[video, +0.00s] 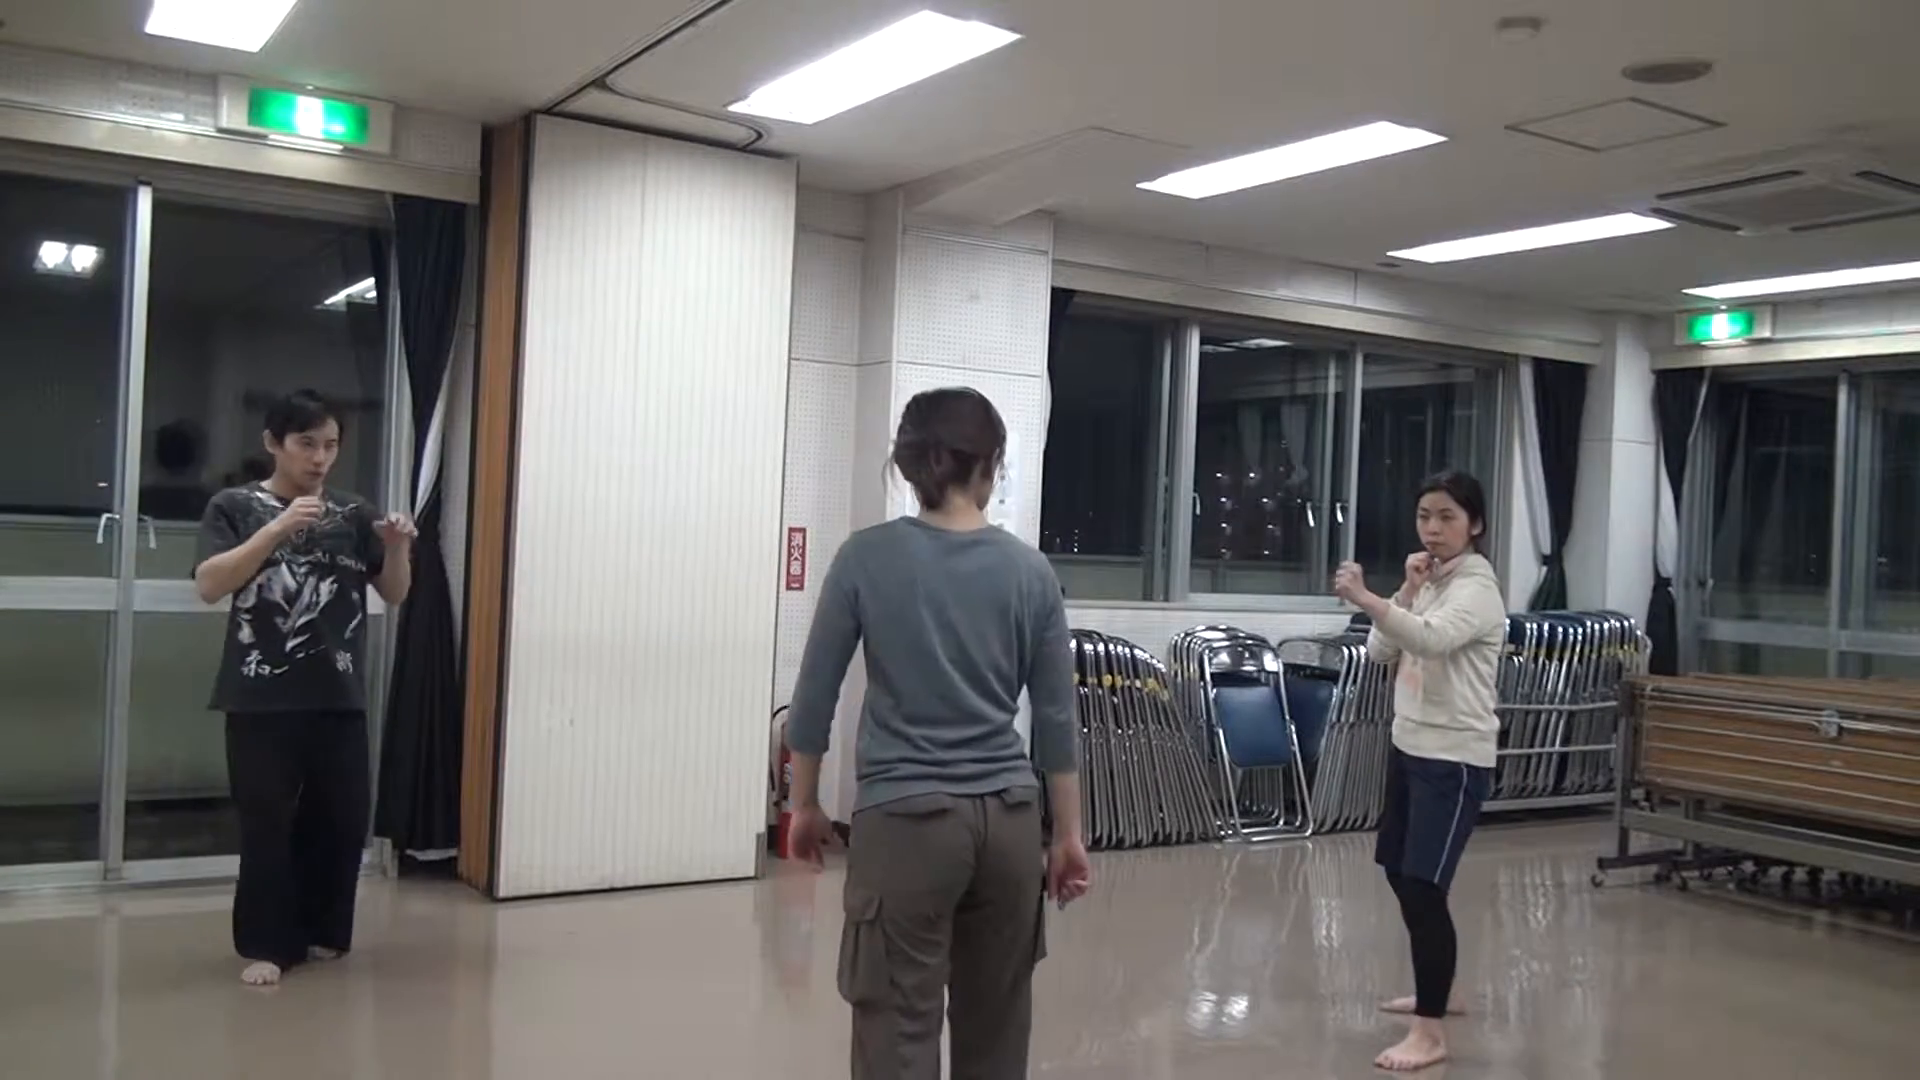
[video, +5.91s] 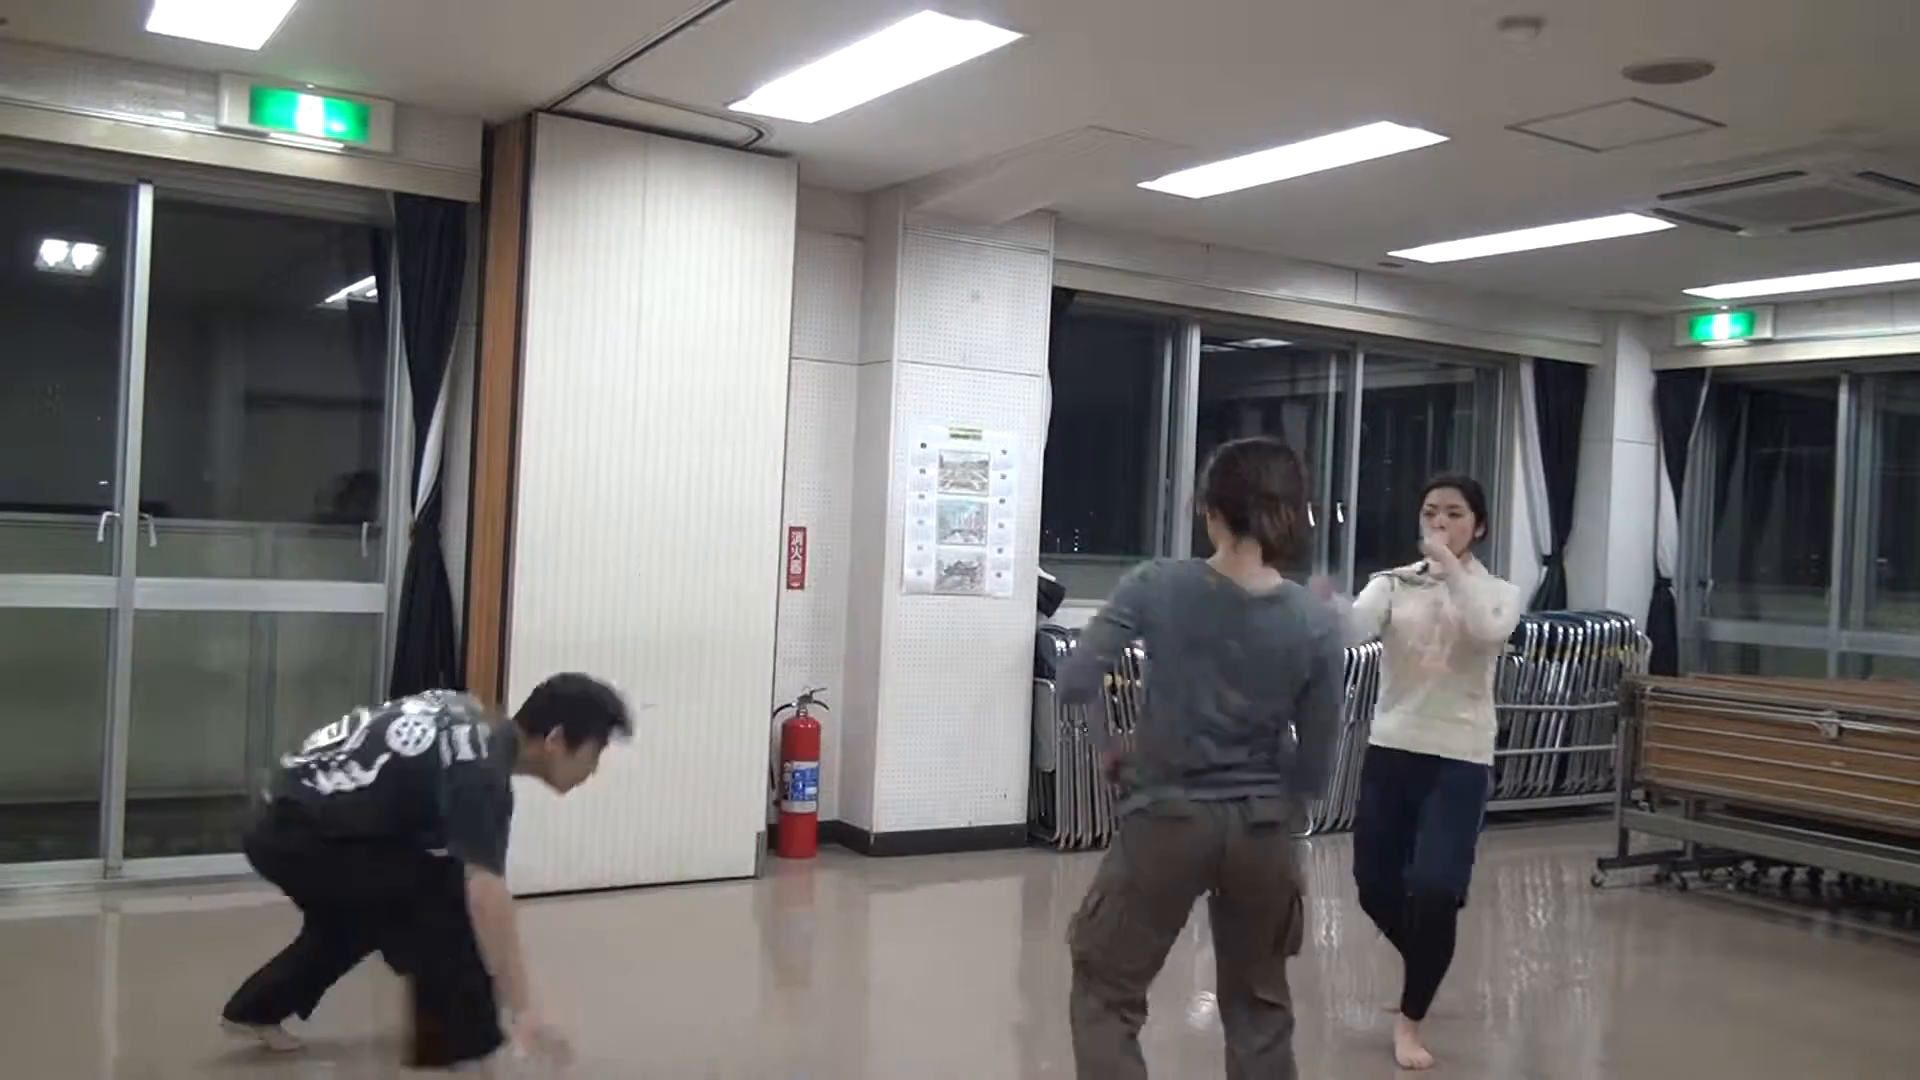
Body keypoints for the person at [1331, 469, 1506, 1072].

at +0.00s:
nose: (1430, 527)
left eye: (1443, 516)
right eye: (1424, 516)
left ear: (1473, 524)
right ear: (1417, 523)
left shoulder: (1478, 584)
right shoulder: (1425, 582)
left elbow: (1439, 637)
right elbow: (1381, 650)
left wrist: (1368, 601)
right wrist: (1406, 593)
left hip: (1454, 760)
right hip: (1411, 752)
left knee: (1423, 886)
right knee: (1397, 869)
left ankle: (1429, 1032)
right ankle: (1436, 993)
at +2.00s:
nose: (1436, 523)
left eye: (1450, 513)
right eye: (1429, 512)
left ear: (1477, 522)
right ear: (1421, 520)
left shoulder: (1480, 580)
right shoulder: (1424, 579)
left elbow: (1444, 627)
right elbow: (1376, 644)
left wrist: (1384, 583)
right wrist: (1405, 587)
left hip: (1449, 754)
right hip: (1409, 747)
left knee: (1426, 881)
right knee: (1412, 873)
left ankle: (1426, 1032)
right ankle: (1443, 990)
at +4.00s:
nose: (1437, 529)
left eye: (1450, 520)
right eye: (1428, 518)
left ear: (1473, 528)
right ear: (1417, 523)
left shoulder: (1477, 581)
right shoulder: (1413, 576)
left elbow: (1457, 637)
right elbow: (1372, 647)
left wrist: (1413, 591)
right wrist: (1406, 590)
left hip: (1455, 754)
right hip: (1405, 748)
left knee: (1433, 885)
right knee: (1389, 857)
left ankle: (1428, 1028)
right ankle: (1436, 981)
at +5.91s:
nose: (1438, 523)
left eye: (1451, 514)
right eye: (1431, 512)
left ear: (1477, 525)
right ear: (1418, 519)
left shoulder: (1496, 590)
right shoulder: (1391, 584)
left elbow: (1488, 630)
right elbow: (1352, 632)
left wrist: (1451, 565)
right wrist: (1326, 610)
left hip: (1461, 758)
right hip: (1391, 750)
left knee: (1434, 891)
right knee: (1375, 886)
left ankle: (1410, 1022)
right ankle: (1426, 958)